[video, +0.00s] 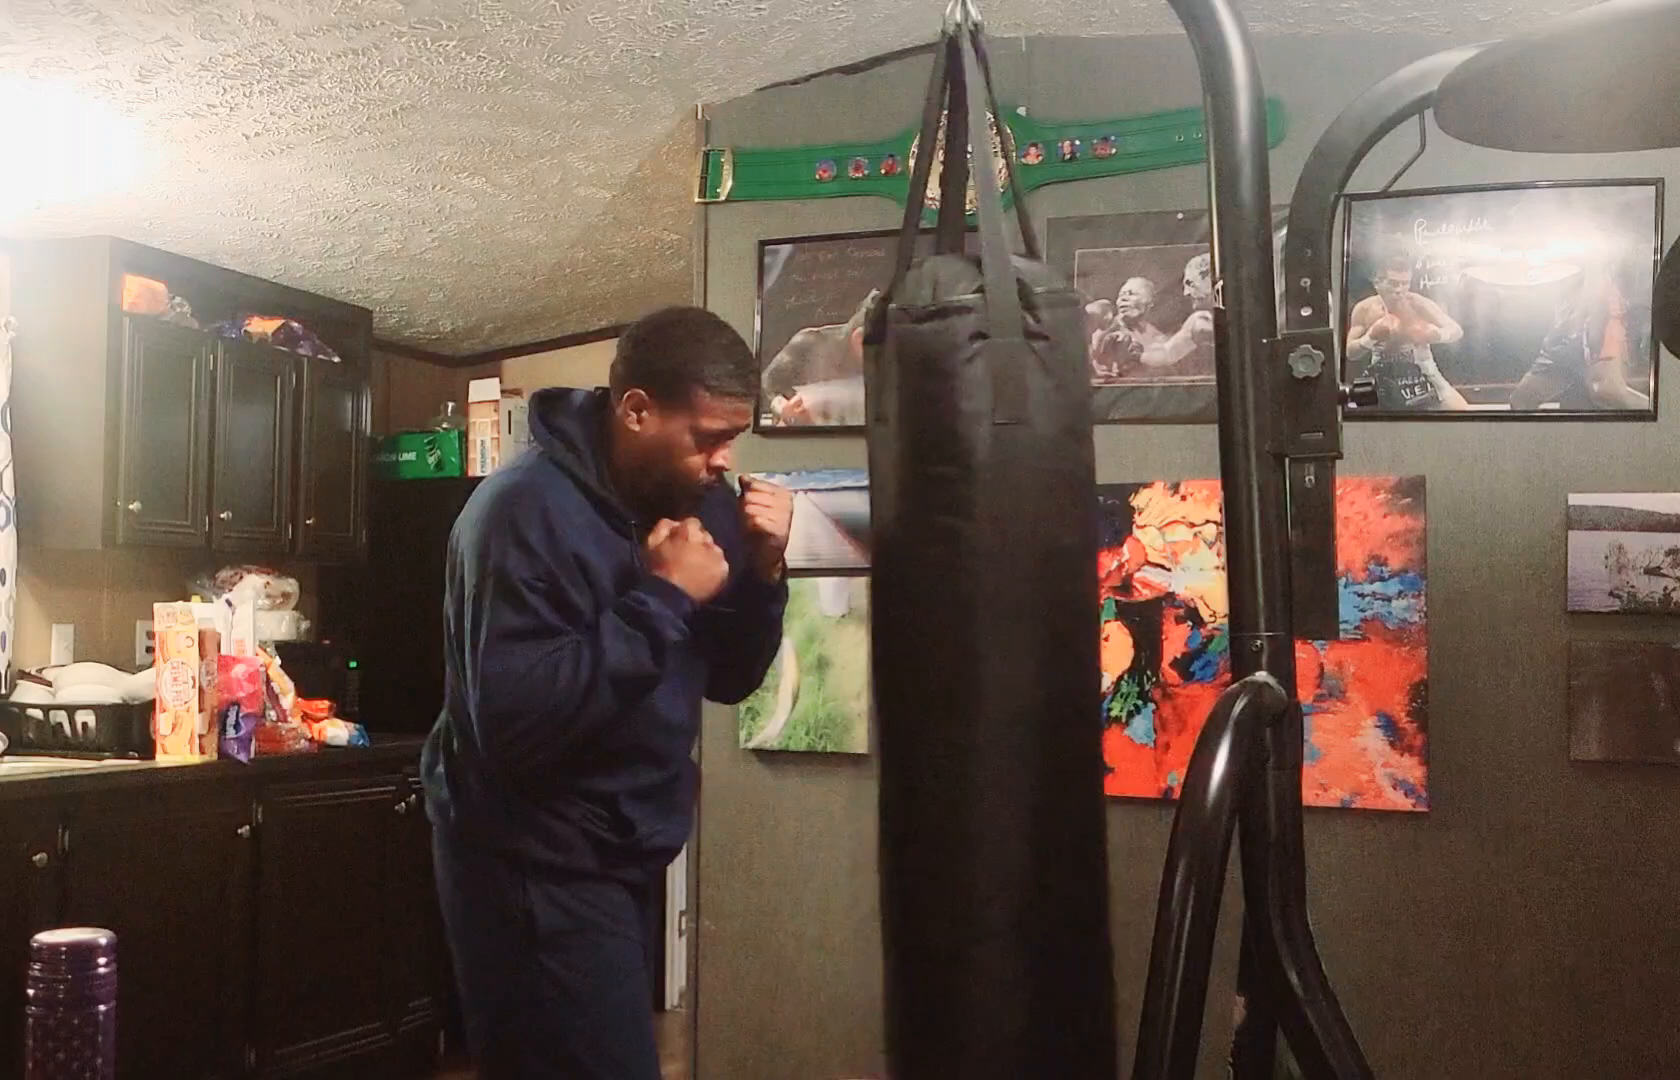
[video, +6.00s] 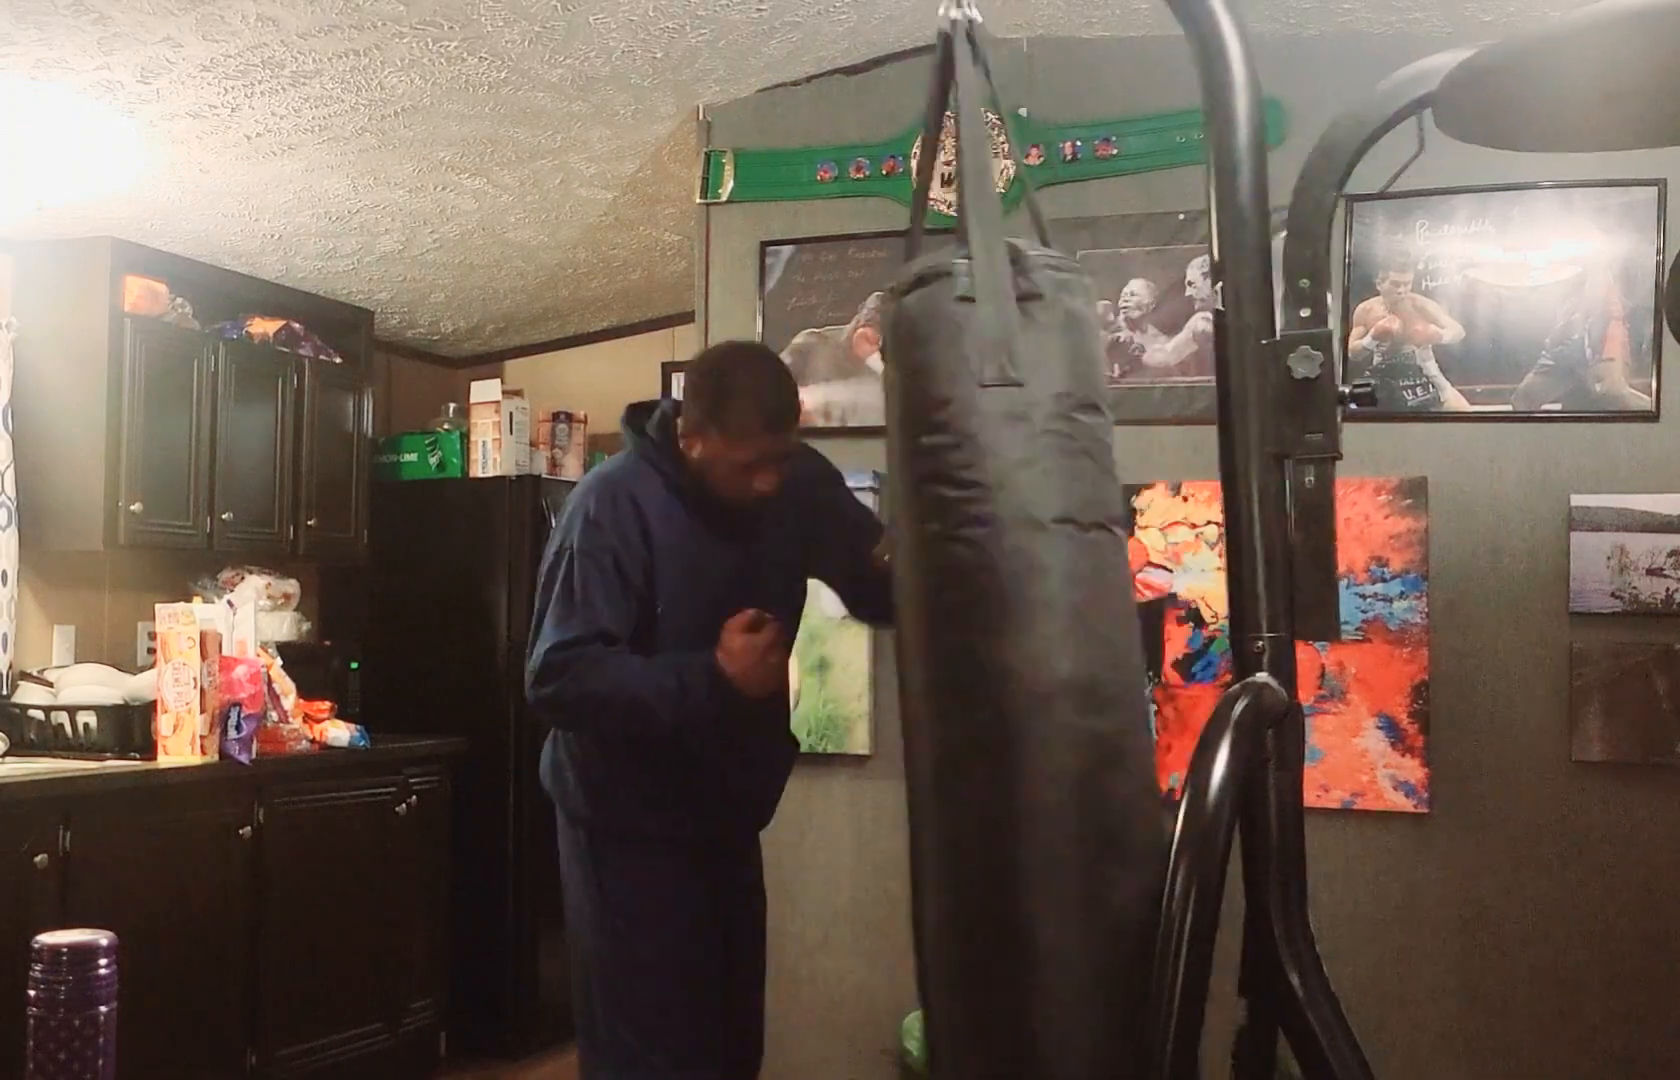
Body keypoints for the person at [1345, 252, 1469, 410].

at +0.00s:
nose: (1400, 290)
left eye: (1405, 284)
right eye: (1394, 284)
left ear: (1410, 283)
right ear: (1377, 283)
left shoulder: (1420, 304)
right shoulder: (1364, 309)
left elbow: (1456, 331)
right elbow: (1351, 353)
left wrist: (1433, 334)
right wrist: (1372, 337)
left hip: (1425, 379)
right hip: (1383, 381)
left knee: (1465, 414)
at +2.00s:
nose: (1400, 290)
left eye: (1405, 284)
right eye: (1394, 284)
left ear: (1410, 283)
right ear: (1378, 283)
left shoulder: (1420, 304)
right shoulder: (1364, 309)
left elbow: (1457, 331)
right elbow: (1350, 352)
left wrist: (1434, 334)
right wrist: (1372, 336)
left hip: (1426, 381)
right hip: (1383, 384)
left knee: (1466, 416)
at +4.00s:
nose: (1401, 290)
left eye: (1406, 284)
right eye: (1395, 284)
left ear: (1411, 283)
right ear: (1379, 283)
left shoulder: (1421, 305)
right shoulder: (1365, 310)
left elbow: (1457, 331)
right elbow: (1351, 353)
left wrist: (1435, 335)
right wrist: (1372, 337)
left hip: (1427, 381)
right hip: (1384, 384)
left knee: (1467, 415)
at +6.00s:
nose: (1402, 290)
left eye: (1406, 285)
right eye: (1396, 284)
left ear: (1412, 283)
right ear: (1379, 284)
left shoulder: (1421, 305)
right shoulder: (1365, 310)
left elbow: (1458, 331)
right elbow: (1352, 353)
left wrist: (1436, 335)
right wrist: (1373, 337)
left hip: (1427, 380)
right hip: (1384, 383)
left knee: (1467, 416)